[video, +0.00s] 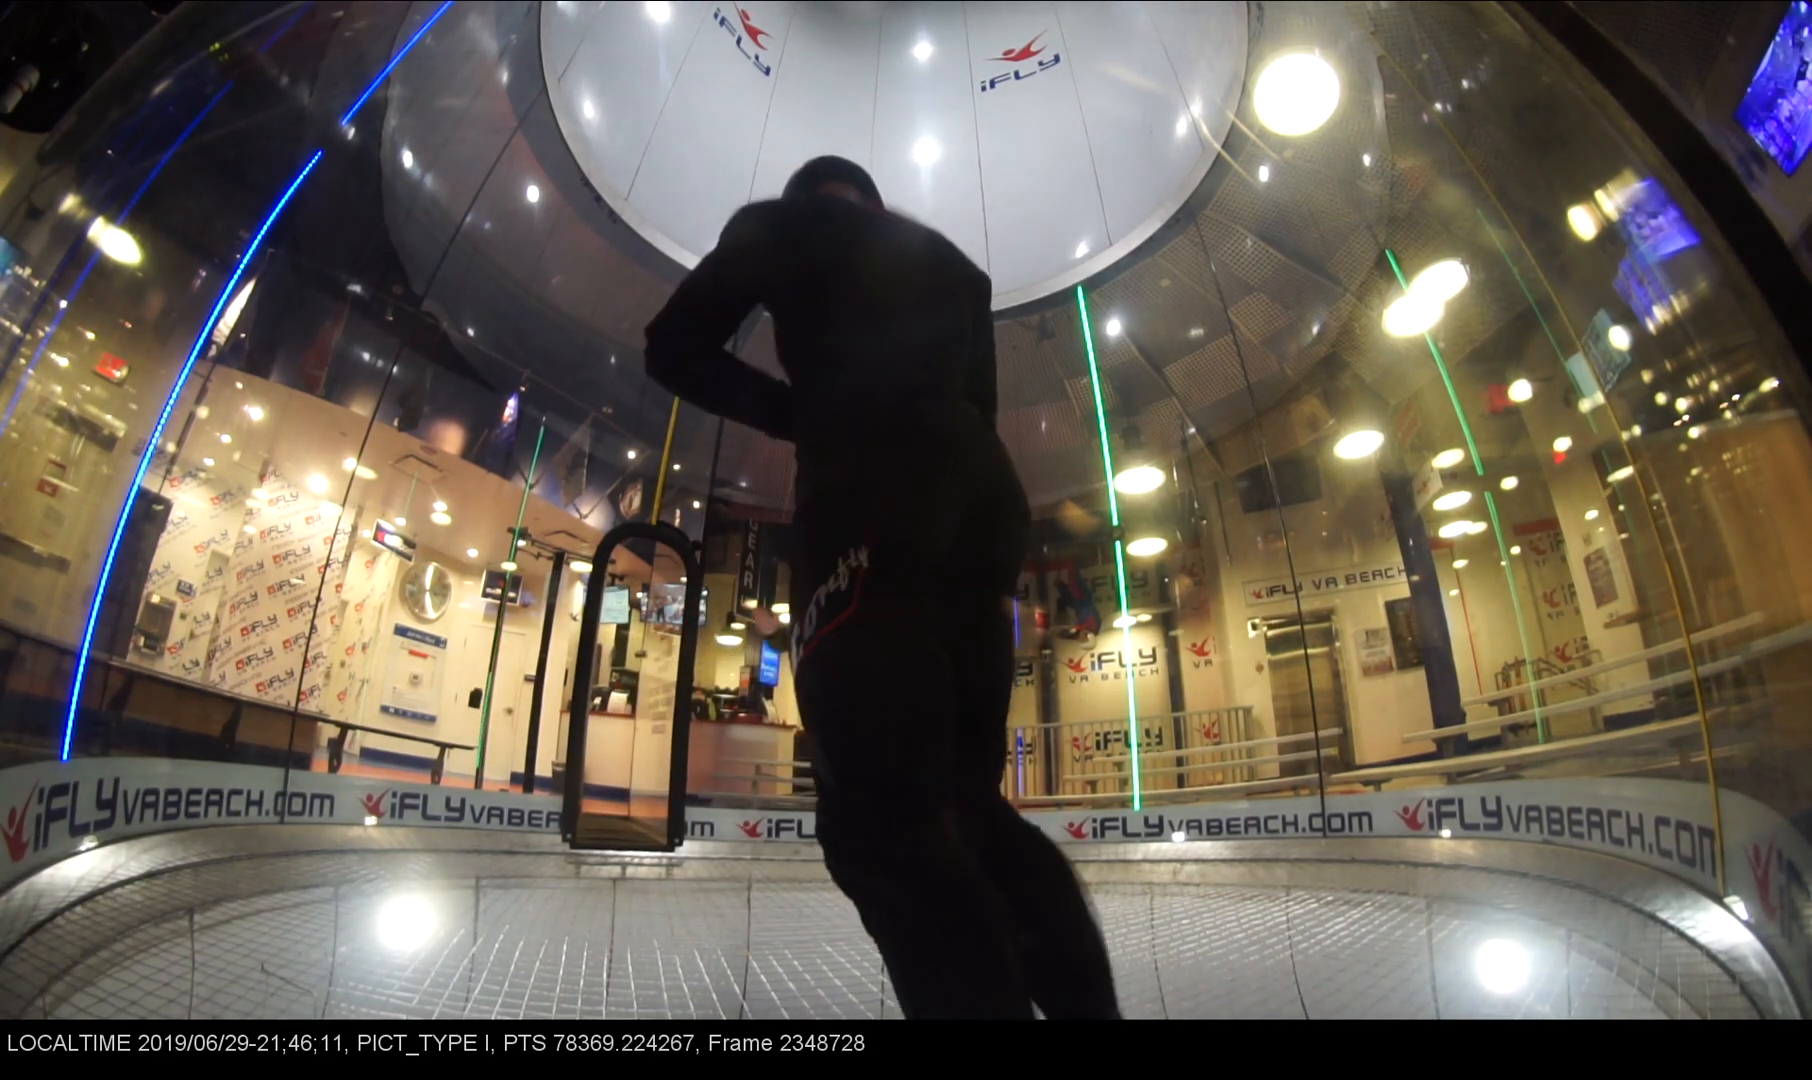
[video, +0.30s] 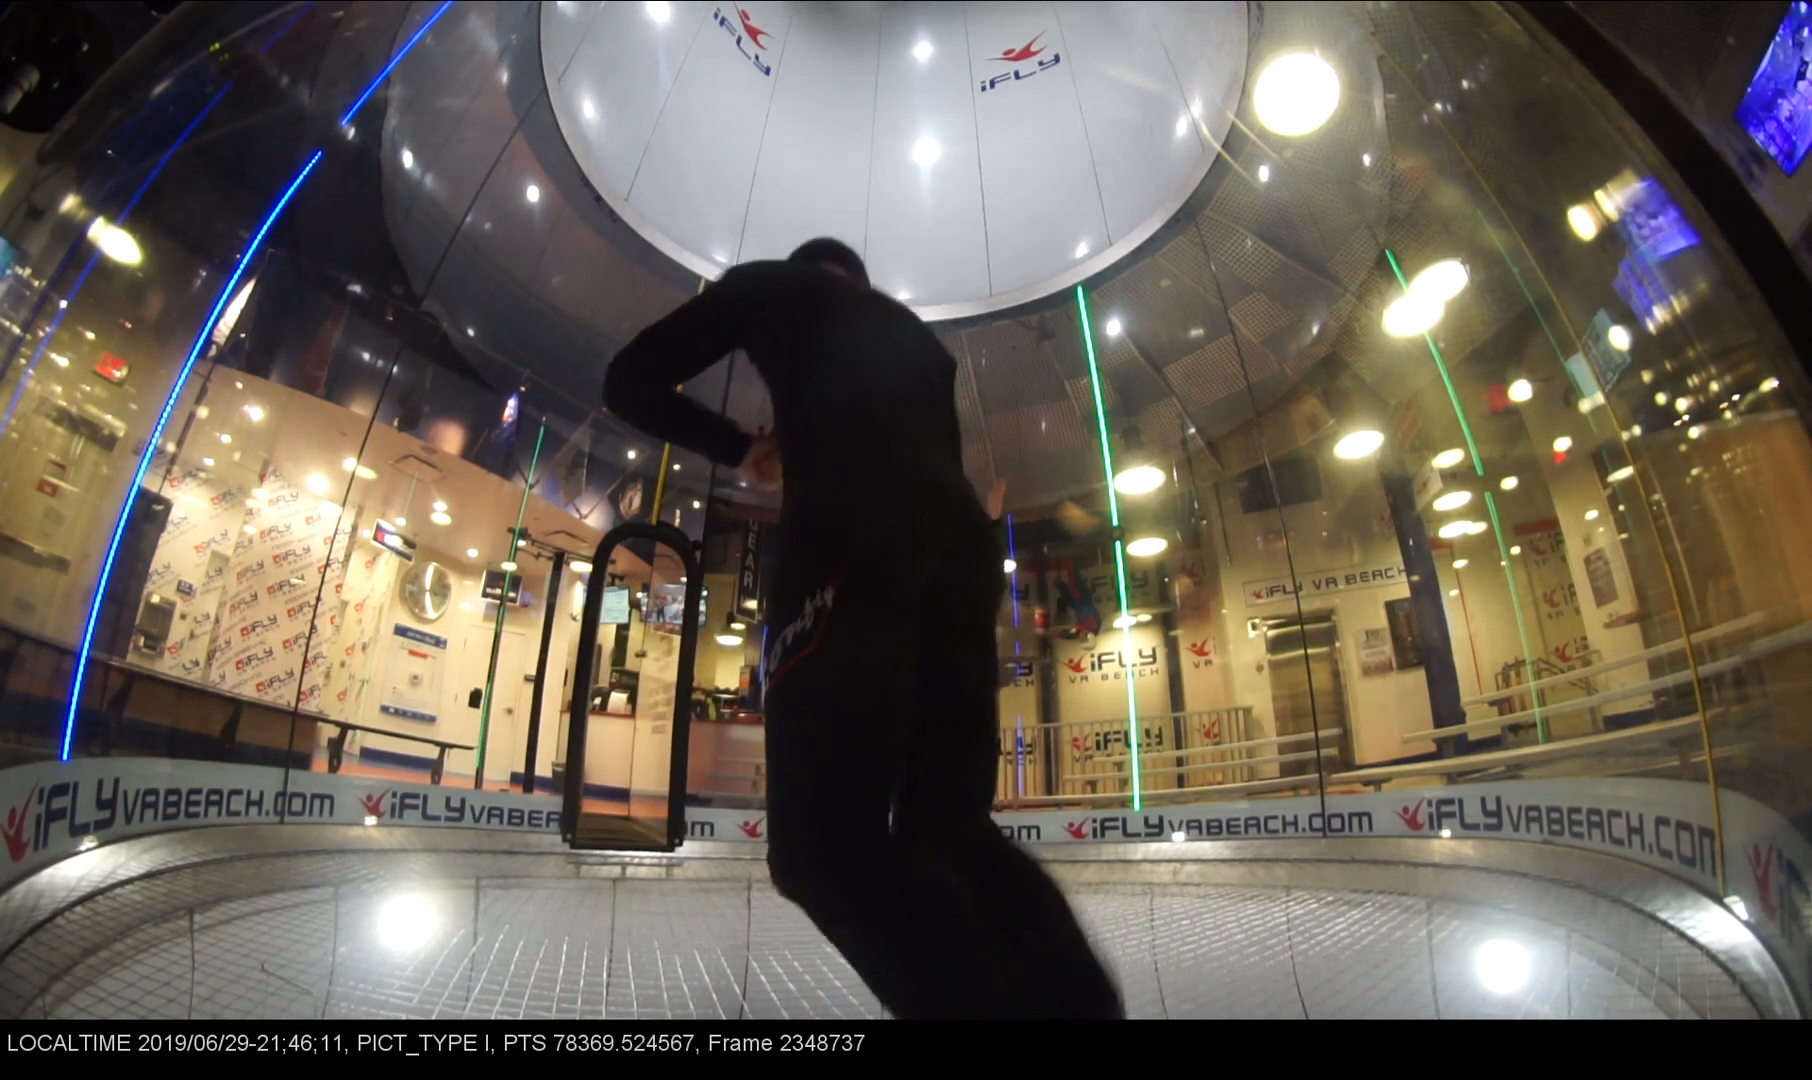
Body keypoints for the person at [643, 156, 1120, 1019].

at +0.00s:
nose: (807, 210)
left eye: (804, 201)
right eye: (818, 203)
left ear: (804, 197)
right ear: (874, 198)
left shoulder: (780, 222)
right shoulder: (955, 262)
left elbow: (676, 348)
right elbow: (976, 408)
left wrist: (801, 416)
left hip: (865, 509)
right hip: (984, 507)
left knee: (875, 822)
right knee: (969, 802)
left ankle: (983, 1006)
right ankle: (1086, 1002)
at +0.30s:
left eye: (801, 272)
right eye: (833, 277)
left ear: (798, 271)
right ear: (861, 277)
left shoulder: (769, 285)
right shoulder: (922, 336)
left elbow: (631, 383)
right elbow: (935, 461)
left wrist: (741, 448)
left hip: (847, 549)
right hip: (962, 550)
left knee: (821, 850)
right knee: (950, 828)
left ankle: (990, 1009)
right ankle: (1085, 1010)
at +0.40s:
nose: (785, 318)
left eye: (780, 307)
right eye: (806, 308)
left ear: (784, 297)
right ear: (849, 307)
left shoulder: (756, 316)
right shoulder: (906, 369)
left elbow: (604, 394)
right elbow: (918, 494)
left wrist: (705, 468)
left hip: (835, 586)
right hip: (942, 580)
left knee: (826, 861)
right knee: (945, 830)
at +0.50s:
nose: (772, 347)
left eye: (770, 335)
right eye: (785, 338)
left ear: (771, 328)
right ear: (828, 334)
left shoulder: (748, 351)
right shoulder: (882, 396)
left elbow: (583, 420)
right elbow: (906, 532)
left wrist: (676, 467)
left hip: (824, 605)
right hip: (913, 599)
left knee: (846, 844)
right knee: (966, 860)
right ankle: (1057, 1011)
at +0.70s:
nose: (767, 398)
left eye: (751, 393)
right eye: (769, 393)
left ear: (730, 389)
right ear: (786, 398)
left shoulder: (702, 416)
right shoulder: (836, 454)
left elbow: (552, 464)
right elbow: (911, 525)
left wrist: (620, 523)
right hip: (895, 683)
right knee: (908, 825)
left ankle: (1001, 296)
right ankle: (1156, 872)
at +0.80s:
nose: (769, 436)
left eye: (751, 430)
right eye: (766, 431)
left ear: (712, 437)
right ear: (770, 437)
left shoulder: (692, 463)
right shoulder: (801, 492)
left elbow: (541, 491)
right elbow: (887, 523)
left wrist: (603, 539)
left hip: (824, 595)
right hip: (872, 669)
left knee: (899, 448)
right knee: (977, 824)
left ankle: (974, 271)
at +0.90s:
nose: (773, 473)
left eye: (754, 470)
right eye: (768, 470)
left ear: (704, 480)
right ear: (773, 480)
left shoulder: (690, 509)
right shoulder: (805, 523)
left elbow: (570, 521)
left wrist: (544, 530)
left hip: (818, 641)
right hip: (902, 645)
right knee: (1085, 752)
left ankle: (946, 287)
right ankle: (1148, 495)